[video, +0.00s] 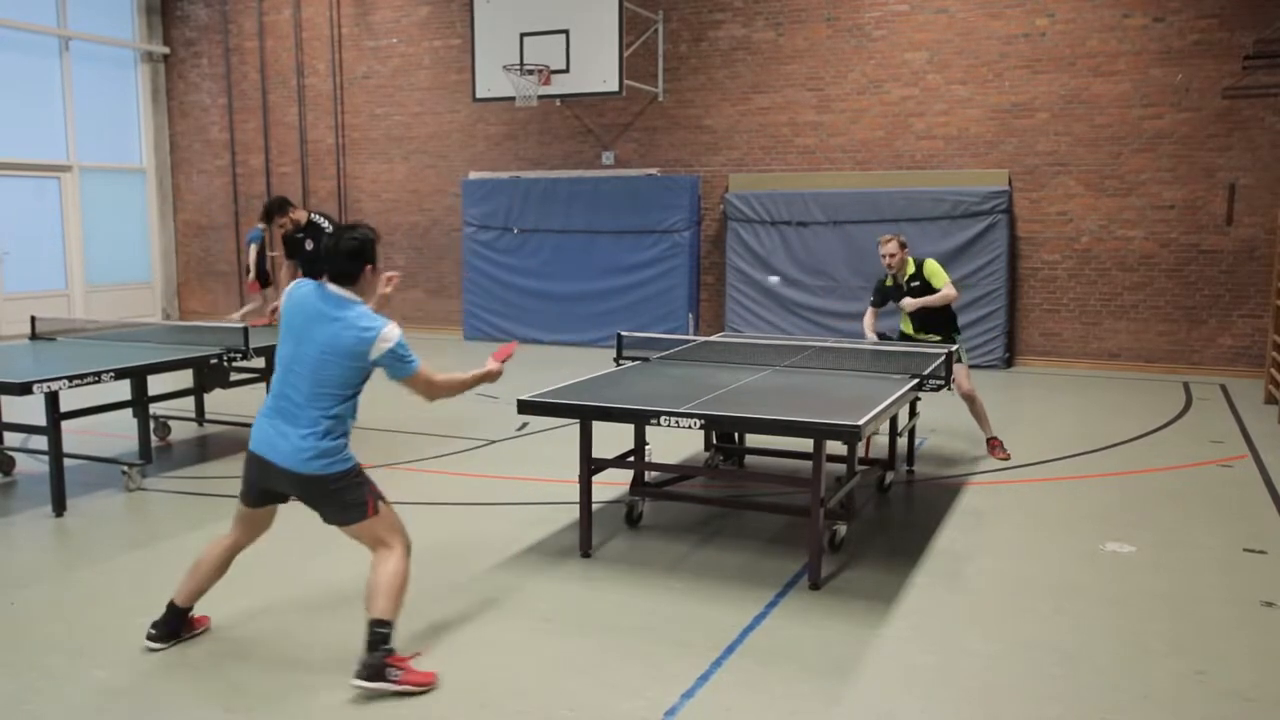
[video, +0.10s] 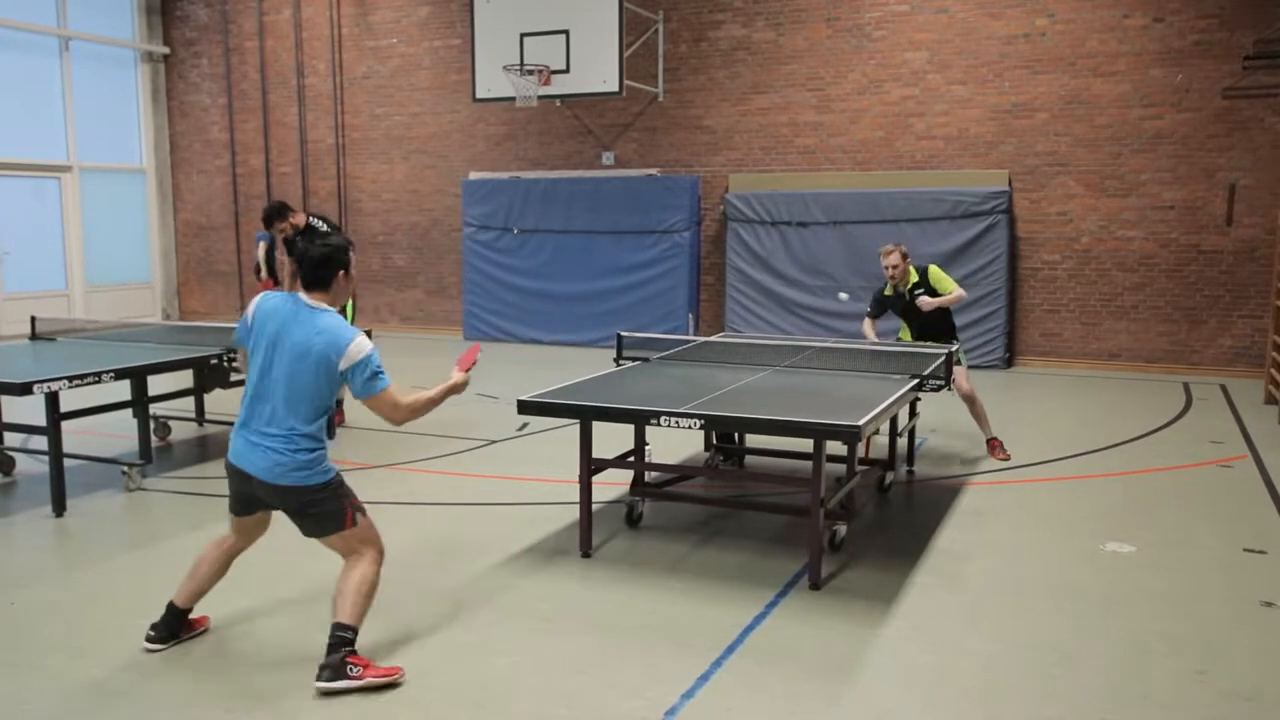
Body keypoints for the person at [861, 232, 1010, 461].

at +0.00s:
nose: (887, 261)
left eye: (892, 255)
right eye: (883, 257)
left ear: (905, 253)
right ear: (880, 258)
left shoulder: (927, 266)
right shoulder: (886, 283)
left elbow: (951, 294)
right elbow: (870, 314)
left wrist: (917, 302)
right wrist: (870, 332)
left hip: (944, 340)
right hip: (909, 341)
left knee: (966, 390)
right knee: (880, 383)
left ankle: (991, 439)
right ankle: (865, 439)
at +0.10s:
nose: (890, 273)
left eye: (895, 267)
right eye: (886, 268)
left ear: (907, 263)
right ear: (882, 268)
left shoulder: (928, 273)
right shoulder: (885, 293)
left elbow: (960, 294)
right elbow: (868, 322)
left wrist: (935, 302)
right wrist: (873, 339)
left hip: (946, 343)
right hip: (912, 346)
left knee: (965, 391)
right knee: (885, 384)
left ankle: (991, 440)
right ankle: (869, 431)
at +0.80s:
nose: (904, 247)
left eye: (909, 242)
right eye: (899, 242)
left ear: (917, 242)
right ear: (892, 243)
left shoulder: (933, 262)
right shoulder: (886, 271)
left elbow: (959, 291)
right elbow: (872, 302)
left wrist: (943, 307)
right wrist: (862, 319)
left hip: (933, 332)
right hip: (898, 331)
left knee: (959, 382)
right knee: (875, 379)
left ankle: (975, 431)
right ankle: (864, 437)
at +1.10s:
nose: (907, 234)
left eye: (912, 229)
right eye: (902, 229)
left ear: (920, 230)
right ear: (896, 230)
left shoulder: (935, 252)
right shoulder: (887, 260)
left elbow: (956, 281)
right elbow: (875, 288)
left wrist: (938, 306)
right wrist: (879, 314)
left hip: (933, 324)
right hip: (900, 324)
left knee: (955, 375)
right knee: (882, 372)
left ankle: (964, 416)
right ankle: (867, 428)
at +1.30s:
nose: (921, 314)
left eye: (926, 311)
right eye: (916, 310)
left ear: (936, 301)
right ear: (910, 298)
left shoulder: (946, 299)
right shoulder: (898, 298)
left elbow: (948, 337)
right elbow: (890, 327)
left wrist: (929, 338)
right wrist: (923, 318)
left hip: (940, 354)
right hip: (903, 355)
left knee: (971, 387)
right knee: (875, 387)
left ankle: (969, 436)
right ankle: (862, 439)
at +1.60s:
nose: (929, 308)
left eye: (934, 305)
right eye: (925, 304)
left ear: (942, 297)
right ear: (918, 293)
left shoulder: (949, 293)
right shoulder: (905, 297)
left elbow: (957, 327)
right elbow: (911, 322)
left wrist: (938, 330)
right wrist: (944, 313)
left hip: (938, 356)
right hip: (904, 357)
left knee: (978, 388)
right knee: (877, 391)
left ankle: (970, 437)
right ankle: (863, 437)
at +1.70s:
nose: (931, 293)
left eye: (936, 289)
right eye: (928, 289)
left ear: (945, 280)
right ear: (918, 277)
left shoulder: (951, 279)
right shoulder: (906, 286)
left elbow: (957, 311)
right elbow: (918, 304)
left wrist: (942, 311)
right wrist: (953, 294)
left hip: (937, 348)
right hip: (902, 349)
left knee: (977, 387)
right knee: (879, 391)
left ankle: (970, 437)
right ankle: (862, 437)